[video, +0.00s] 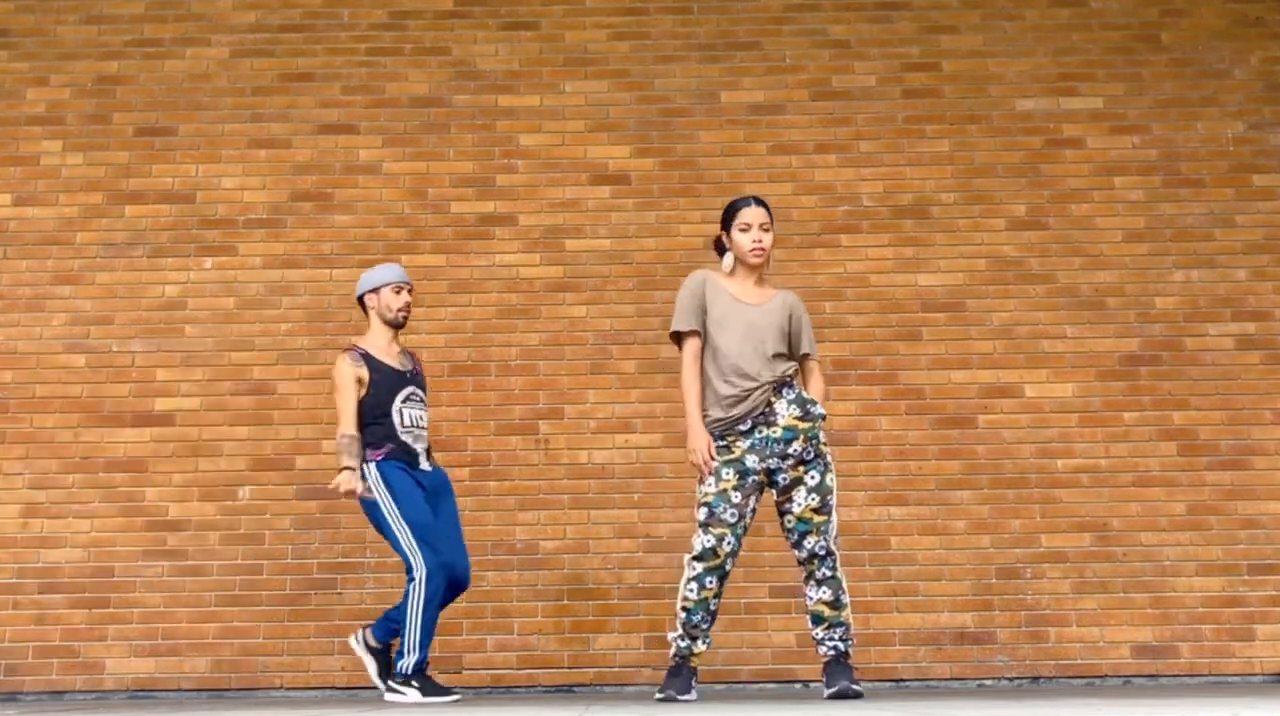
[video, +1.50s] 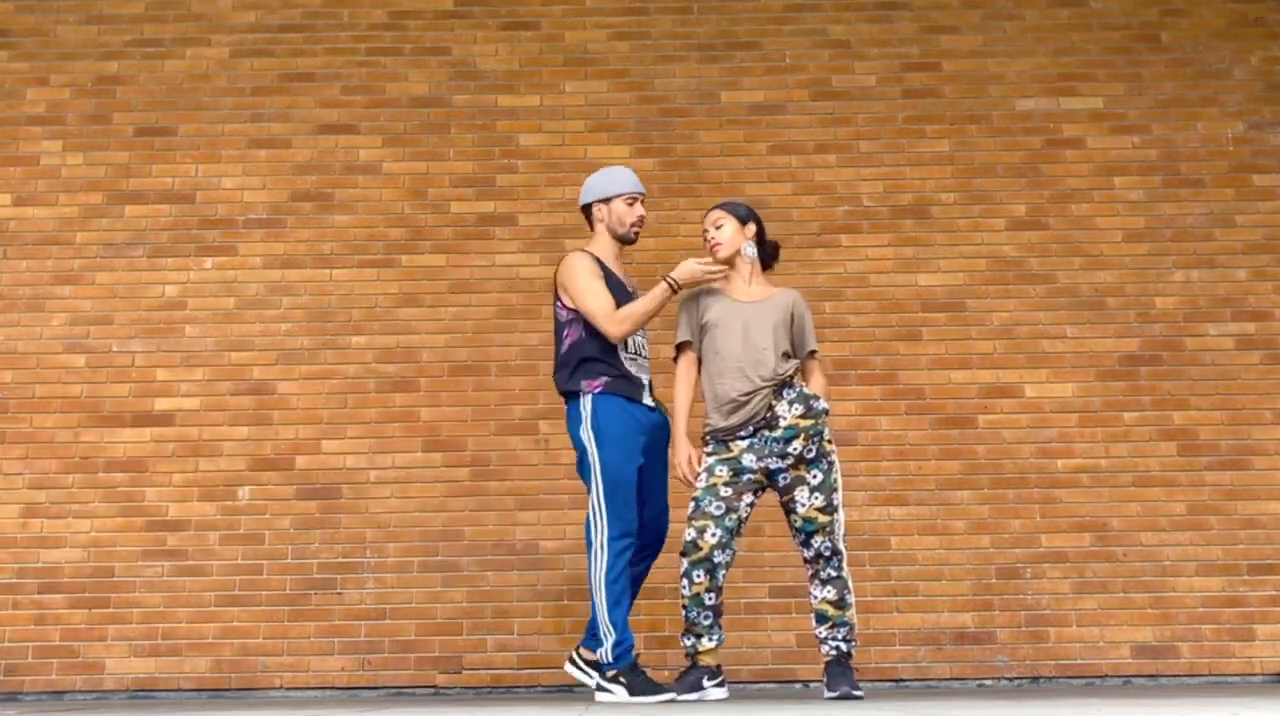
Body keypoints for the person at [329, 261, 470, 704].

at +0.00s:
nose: (407, 299)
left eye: (410, 292)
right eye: (397, 291)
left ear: (410, 301)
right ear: (370, 300)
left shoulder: (413, 361)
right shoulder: (351, 362)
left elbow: (413, 426)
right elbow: (347, 428)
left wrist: (430, 466)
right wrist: (350, 466)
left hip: (426, 471)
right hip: (383, 471)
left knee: (456, 572)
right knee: (427, 565)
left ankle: (376, 637)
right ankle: (408, 674)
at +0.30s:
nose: (476, 275)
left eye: (477, 268)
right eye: (467, 267)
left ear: (466, 277)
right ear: (438, 272)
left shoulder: (458, 337)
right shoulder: (416, 327)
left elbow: (455, 395)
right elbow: (429, 390)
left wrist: (477, 381)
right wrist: (466, 386)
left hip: (477, 456)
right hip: (437, 456)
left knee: (507, 558)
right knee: (439, 563)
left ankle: (552, 651)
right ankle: (407, 672)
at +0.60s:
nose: (543, 266)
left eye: (545, 259)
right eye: (535, 257)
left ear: (533, 267)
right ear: (507, 261)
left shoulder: (517, 316)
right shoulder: (492, 300)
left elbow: (515, 375)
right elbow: (493, 356)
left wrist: (536, 420)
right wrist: (521, 408)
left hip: (542, 448)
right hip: (503, 448)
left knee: (552, 561)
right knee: (485, 557)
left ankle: (570, 665)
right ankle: (426, 651)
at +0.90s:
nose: (599, 247)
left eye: (602, 240)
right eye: (589, 238)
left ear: (600, 252)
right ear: (561, 246)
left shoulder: (591, 320)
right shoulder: (532, 291)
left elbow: (583, 385)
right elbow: (499, 354)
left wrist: (604, 424)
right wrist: (521, 416)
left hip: (596, 439)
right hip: (551, 436)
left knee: (585, 550)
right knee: (558, 544)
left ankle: (578, 664)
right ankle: (547, 665)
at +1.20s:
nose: (619, 232)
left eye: (623, 225)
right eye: (609, 224)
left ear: (624, 235)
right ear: (582, 231)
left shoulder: (624, 299)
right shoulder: (553, 288)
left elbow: (626, 376)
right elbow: (544, 358)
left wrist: (648, 418)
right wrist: (598, 327)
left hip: (631, 429)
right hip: (579, 425)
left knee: (617, 544)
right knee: (594, 536)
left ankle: (581, 665)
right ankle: (615, 659)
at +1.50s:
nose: (640, 212)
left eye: (641, 204)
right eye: (629, 202)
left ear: (630, 214)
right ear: (597, 211)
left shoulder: (622, 282)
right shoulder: (576, 264)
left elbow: (629, 366)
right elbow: (613, 325)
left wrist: (657, 410)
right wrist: (672, 282)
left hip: (643, 413)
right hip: (603, 409)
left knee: (651, 531)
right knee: (617, 530)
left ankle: (593, 651)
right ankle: (617, 662)